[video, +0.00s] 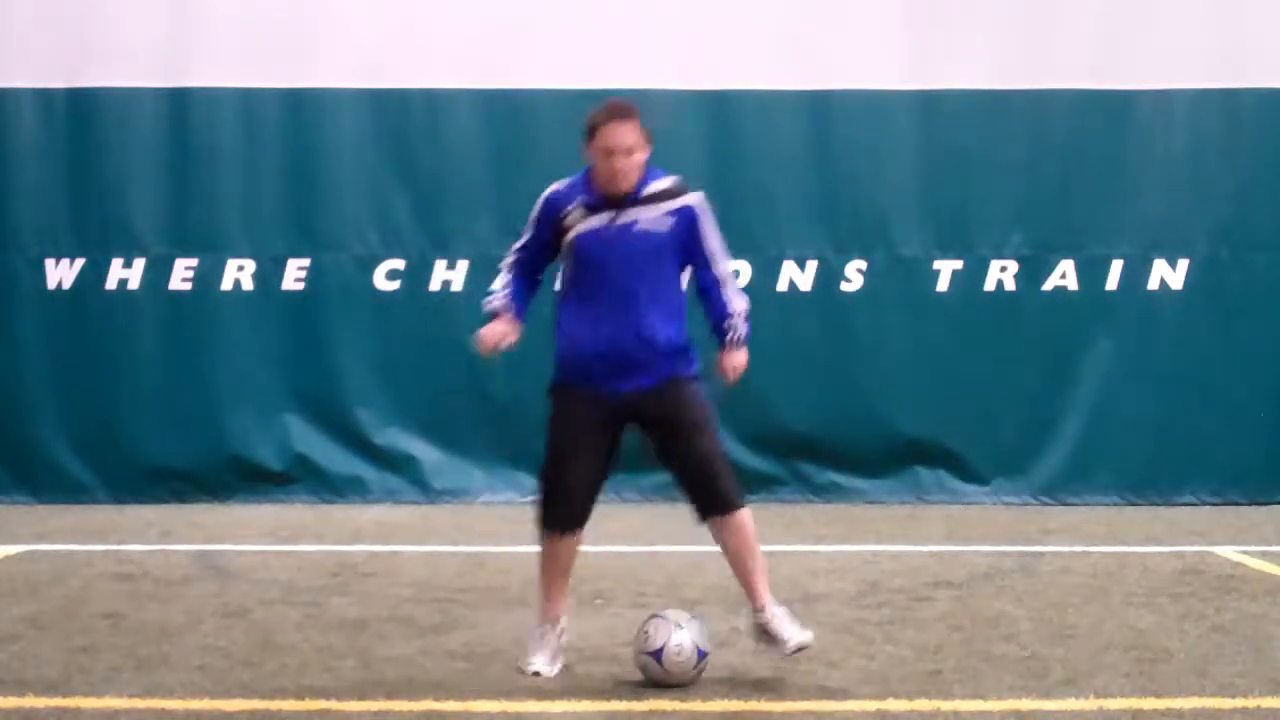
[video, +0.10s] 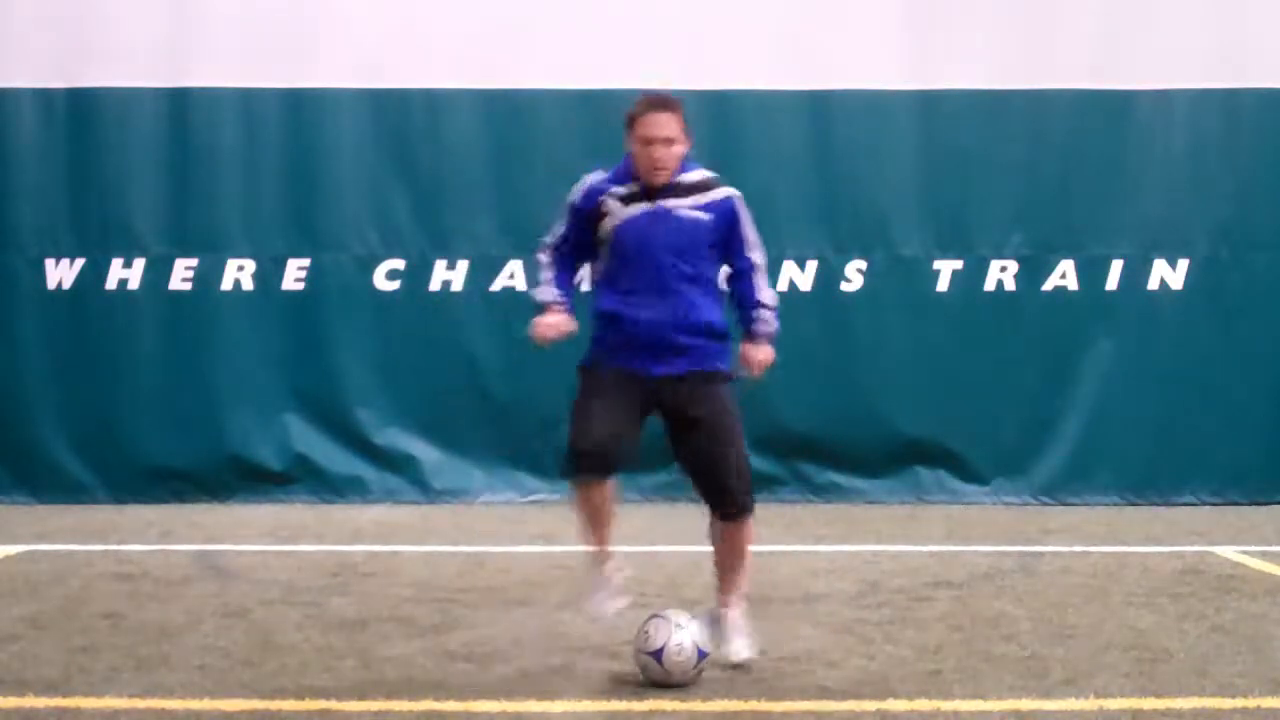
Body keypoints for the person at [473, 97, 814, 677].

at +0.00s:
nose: (620, 163)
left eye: (630, 151)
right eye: (609, 152)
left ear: (648, 150)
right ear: (588, 153)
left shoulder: (680, 202)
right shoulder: (561, 204)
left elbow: (717, 272)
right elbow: (523, 264)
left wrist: (732, 334)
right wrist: (508, 313)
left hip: (665, 377)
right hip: (585, 383)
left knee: (717, 487)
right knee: (562, 507)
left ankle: (767, 611)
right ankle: (550, 628)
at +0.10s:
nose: (660, 153)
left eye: (670, 142)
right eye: (649, 143)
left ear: (686, 144)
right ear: (629, 144)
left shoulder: (717, 196)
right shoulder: (597, 195)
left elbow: (751, 269)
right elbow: (558, 255)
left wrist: (761, 331)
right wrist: (555, 304)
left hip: (696, 365)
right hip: (618, 363)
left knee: (732, 490)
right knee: (590, 456)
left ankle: (731, 610)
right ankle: (604, 567)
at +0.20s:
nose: (697, 175)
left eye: (707, 165)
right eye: (687, 165)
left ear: (723, 169)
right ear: (667, 167)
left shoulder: (753, 221)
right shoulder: (636, 217)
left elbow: (788, 288)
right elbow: (590, 276)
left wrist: (810, 349)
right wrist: (589, 316)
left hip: (725, 382)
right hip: (652, 374)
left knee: (729, 514)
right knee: (637, 440)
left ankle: (720, 626)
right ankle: (649, 570)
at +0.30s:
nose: (740, 178)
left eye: (751, 167)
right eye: (729, 167)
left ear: (764, 169)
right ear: (707, 167)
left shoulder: (784, 219)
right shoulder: (673, 217)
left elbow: (820, 280)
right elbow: (622, 278)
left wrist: (846, 329)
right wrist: (604, 330)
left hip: (749, 376)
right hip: (684, 363)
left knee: (751, 509)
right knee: (703, 431)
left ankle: (723, 622)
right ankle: (687, 559)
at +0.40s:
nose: (776, 178)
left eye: (786, 167)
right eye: (764, 166)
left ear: (798, 167)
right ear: (741, 165)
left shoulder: (814, 214)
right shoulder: (707, 210)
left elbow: (846, 262)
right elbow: (646, 265)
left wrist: (851, 297)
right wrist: (619, 337)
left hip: (761, 369)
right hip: (701, 359)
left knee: (794, 488)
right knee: (769, 452)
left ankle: (710, 577)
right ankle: (757, 582)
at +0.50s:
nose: (811, 205)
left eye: (820, 192)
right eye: (799, 192)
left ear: (832, 190)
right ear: (775, 187)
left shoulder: (836, 229)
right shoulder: (740, 232)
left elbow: (860, 279)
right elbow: (676, 293)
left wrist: (856, 298)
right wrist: (641, 369)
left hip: (782, 391)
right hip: (732, 390)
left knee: (819, 502)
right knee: (806, 507)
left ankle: (697, 545)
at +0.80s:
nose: (815, 206)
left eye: (825, 196)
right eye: (803, 194)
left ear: (837, 197)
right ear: (780, 191)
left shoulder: (847, 241)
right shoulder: (749, 234)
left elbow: (878, 282)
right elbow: (685, 286)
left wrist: (907, 305)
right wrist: (632, 355)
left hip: (808, 407)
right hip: (751, 406)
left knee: (851, 514)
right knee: (829, 518)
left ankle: (731, 569)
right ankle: (833, 649)